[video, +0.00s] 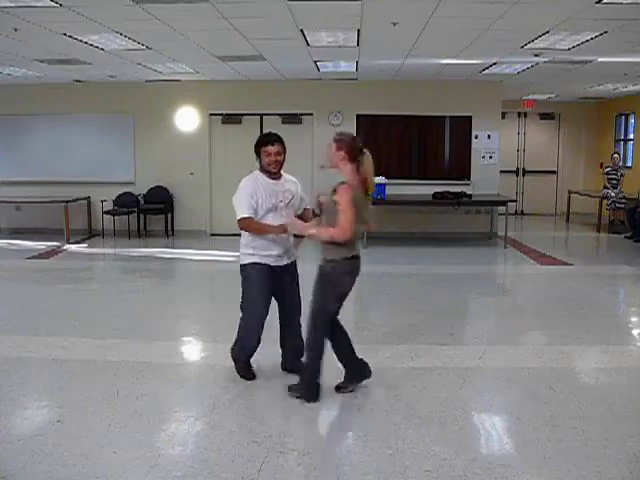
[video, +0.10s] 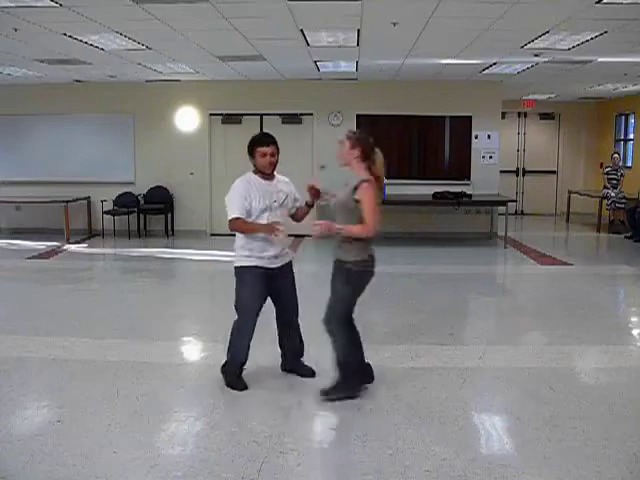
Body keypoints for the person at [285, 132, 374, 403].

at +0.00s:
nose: (329, 154)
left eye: (332, 150)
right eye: (331, 149)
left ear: (342, 154)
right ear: (349, 154)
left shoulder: (344, 190)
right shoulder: (358, 186)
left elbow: (343, 232)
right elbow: (368, 225)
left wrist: (309, 229)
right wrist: (328, 213)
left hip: (335, 265)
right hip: (347, 262)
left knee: (317, 322)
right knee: (327, 317)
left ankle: (309, 385)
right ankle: (355, 368)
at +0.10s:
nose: (339, 152)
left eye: (343, 147)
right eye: (341, 146)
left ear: (356, 152)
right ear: (356, 152)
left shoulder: (366, 187)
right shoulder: (357, 184)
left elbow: (370, 228)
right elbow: (352, 214)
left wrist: (335, 228)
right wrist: (327, 198)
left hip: (356, 265)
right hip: (347, 262)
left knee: (335, 320)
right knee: (340, 317)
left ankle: (349, 381)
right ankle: (359, 369)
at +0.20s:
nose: (350, 150)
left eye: (355, 146)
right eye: (352, 145)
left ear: (370, 150)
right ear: (365, 150)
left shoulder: (385, 184)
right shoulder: (358, 180)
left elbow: (387, 226)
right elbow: (337, 209)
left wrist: (358, 214)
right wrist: (315, 190)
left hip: (373, 263)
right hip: (351, 260)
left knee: (359, 321)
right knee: (349, 321)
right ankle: (360, 374)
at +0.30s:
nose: (364, 154)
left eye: (369, 149)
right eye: (363, 150)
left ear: (385, 153)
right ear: (366, 154)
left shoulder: (400, 184)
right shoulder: (365, 183)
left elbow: (389, 223)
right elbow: (343, 215)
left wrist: (369, 199)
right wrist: (318, 201)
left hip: (389, 266)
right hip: (363, 263)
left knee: (389, 324)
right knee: (352, 320)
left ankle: (417, 364)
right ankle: (360, 375)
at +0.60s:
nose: (387, 162)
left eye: (391, 156)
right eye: (385, 158)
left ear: (408, 156)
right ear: (385, 163)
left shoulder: (422, 184)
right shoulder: (396, 187)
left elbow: (391, 210)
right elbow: (372, 217)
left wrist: (386, 180)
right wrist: (341, 214)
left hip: (421, 265)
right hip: (397, 262)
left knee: (413, 321)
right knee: (380, 310)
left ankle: (419, 370)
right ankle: (397, 359)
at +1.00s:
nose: (385, 156)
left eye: (390, 151)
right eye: (385, 151)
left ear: (406, 155)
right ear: (397, 157)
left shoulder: (423, 185)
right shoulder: (390, 186)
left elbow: (421, 227)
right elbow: (368, 217)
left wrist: (390, 212)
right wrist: (336, 220)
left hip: (421, 262)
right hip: (398, 260)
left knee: (408, 314)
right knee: (408, 314)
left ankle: (419, 369)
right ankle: (431, 352)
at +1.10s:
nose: (381, 154)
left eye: (386, 149)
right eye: (381, 150)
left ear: (403, 154)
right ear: (395, 156)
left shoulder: (420, 185)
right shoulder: (384, 188)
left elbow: (437, 223)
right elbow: (361, 220)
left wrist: (406, 239)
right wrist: (325, 217)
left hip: (418, 264)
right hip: (392, 263)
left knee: (411, 315)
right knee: (390, 314)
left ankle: (418, 369)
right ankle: (424, 345)